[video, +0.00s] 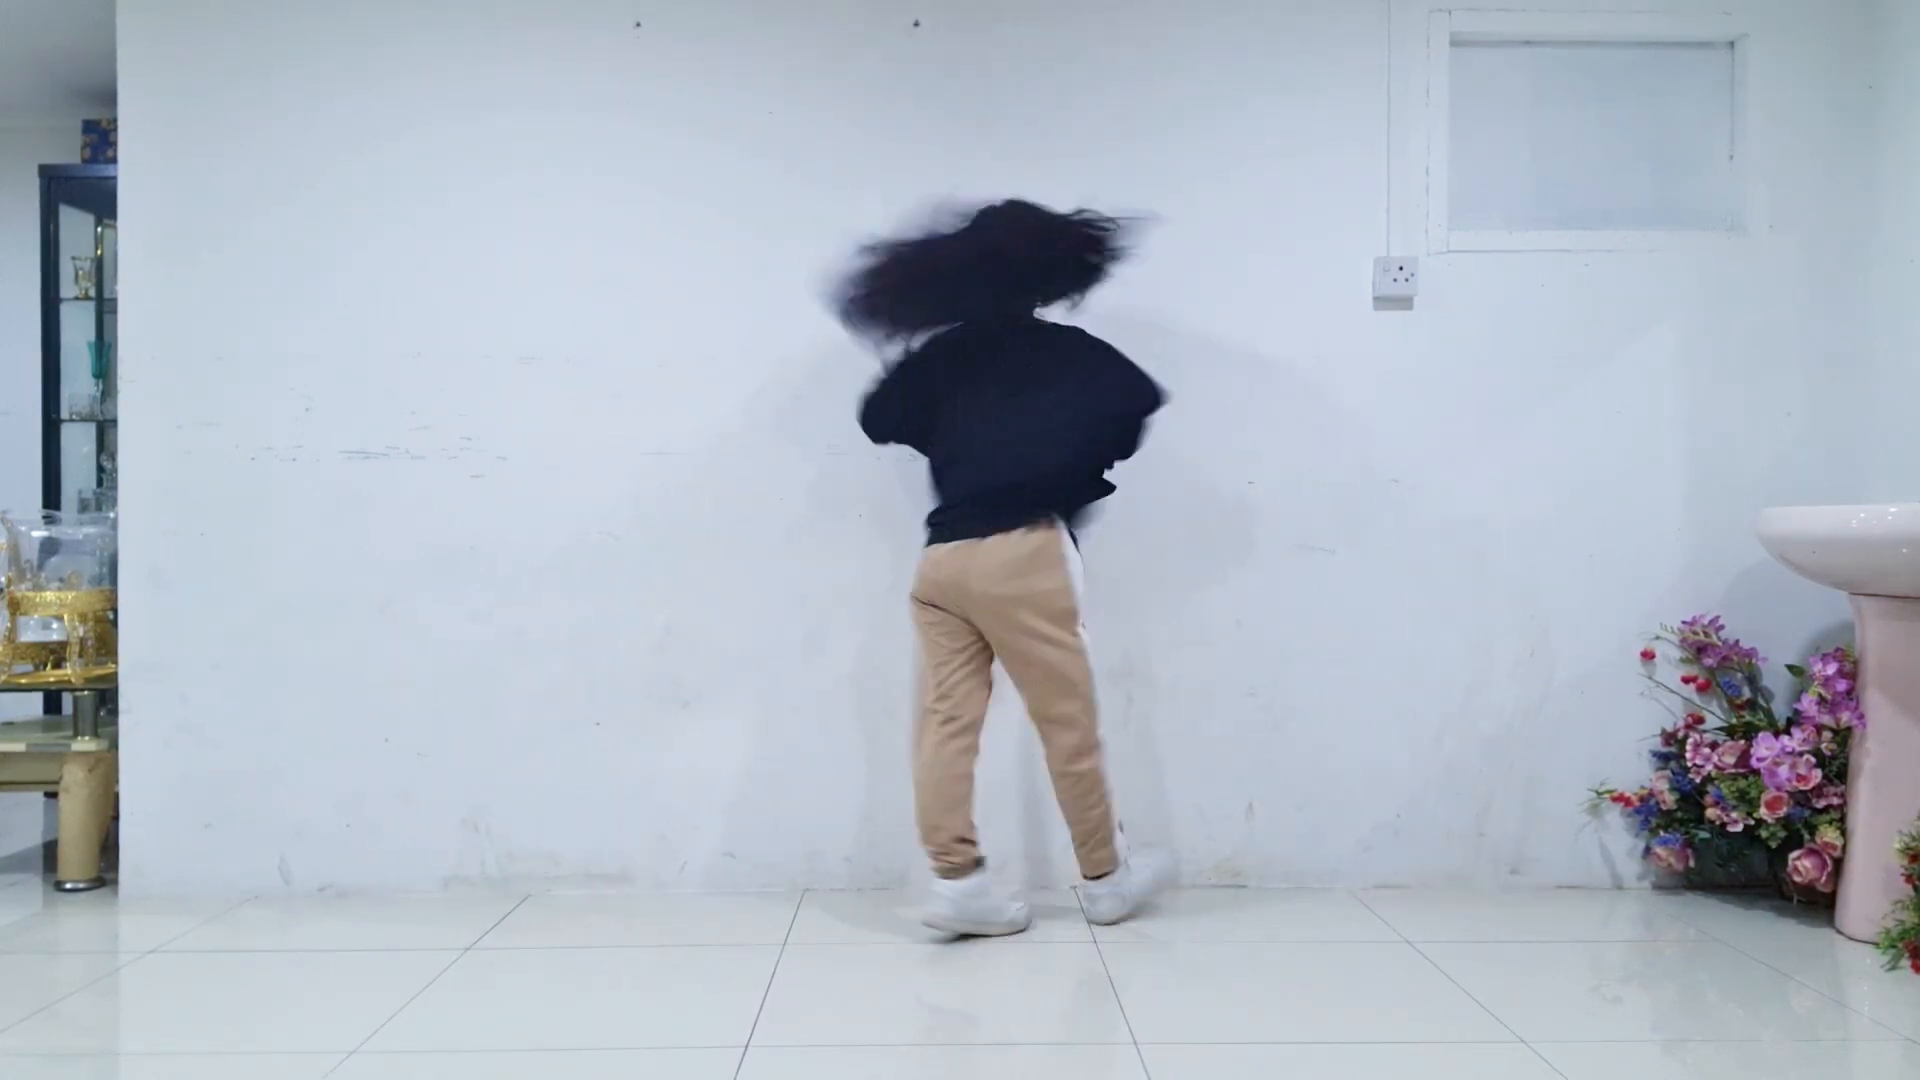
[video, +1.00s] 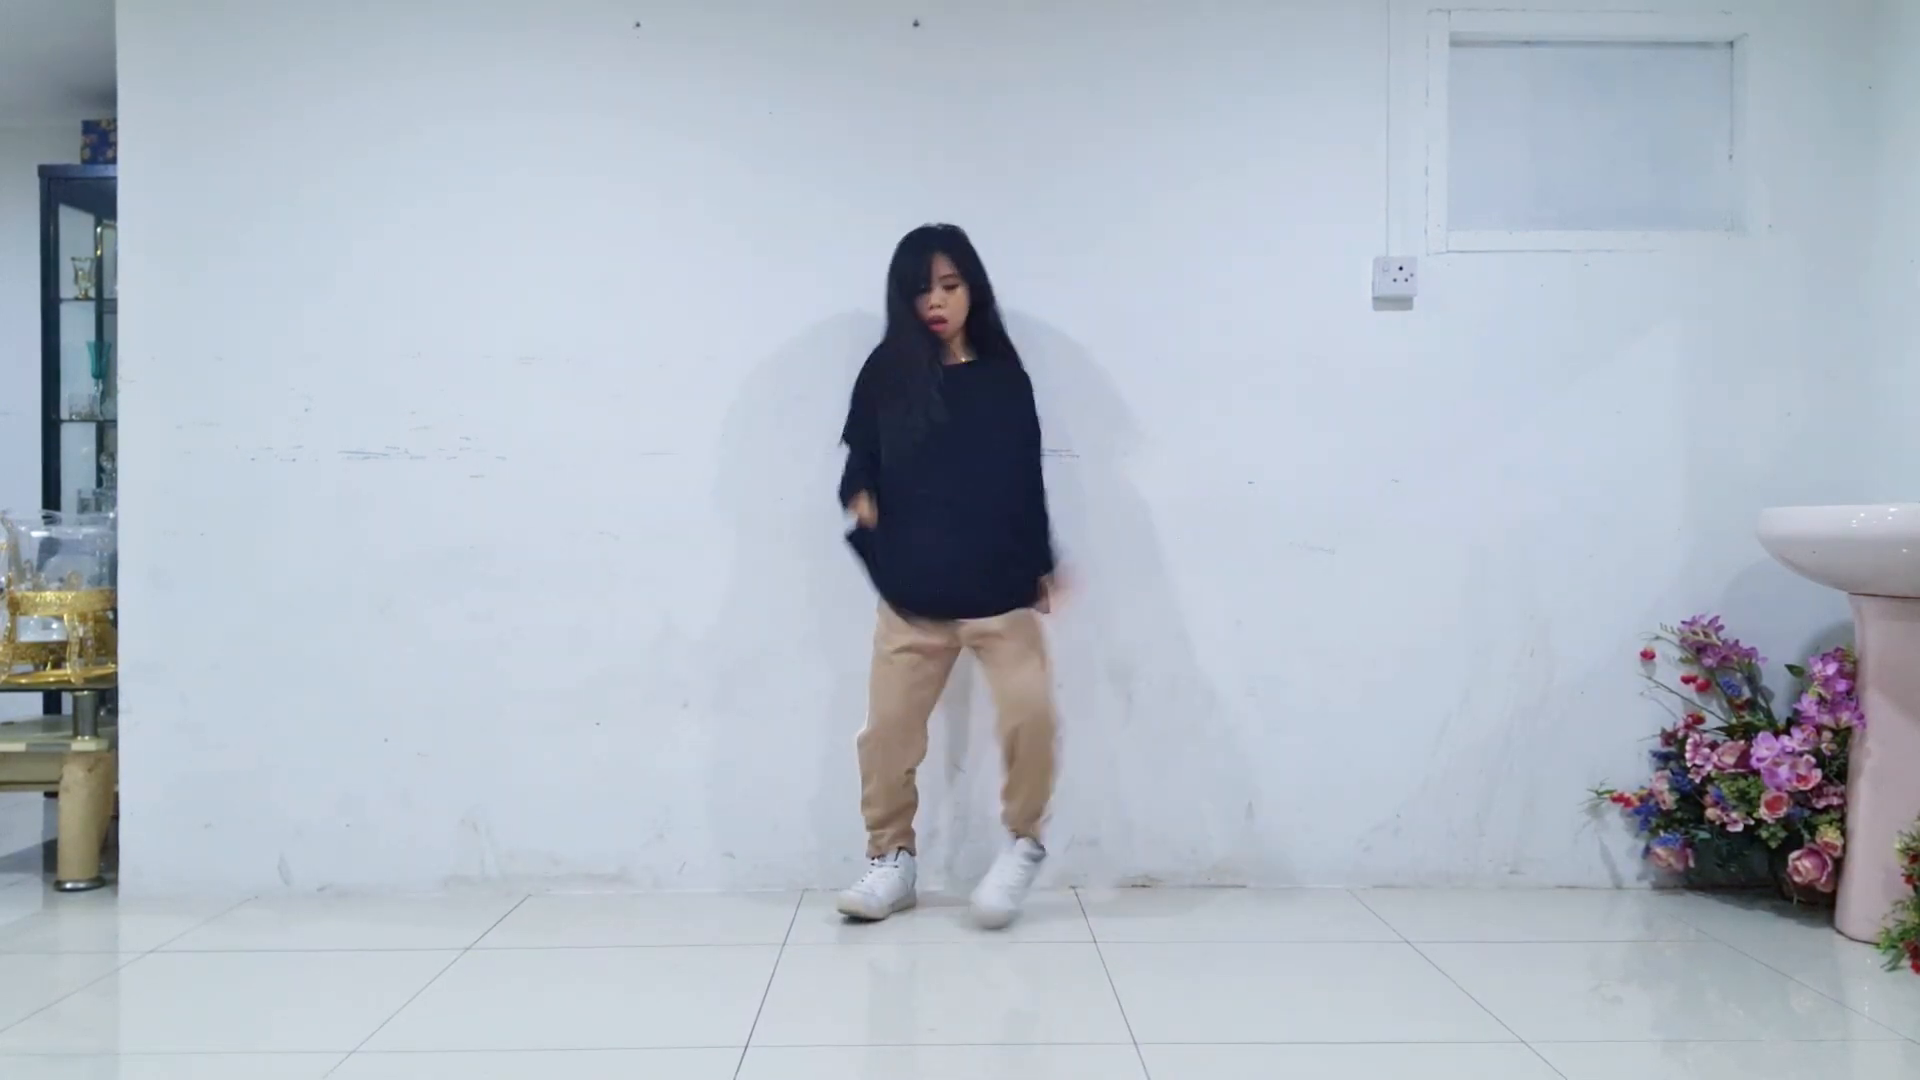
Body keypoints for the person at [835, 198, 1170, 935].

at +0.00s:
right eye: (1035, 278)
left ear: (963, 287)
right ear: (1035, 283)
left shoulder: (939, 362)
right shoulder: (1067, 350)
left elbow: (878, 417)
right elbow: (1135, 405)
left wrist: (949, 414)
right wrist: (1086, 460)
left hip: (941, 562)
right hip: (1025, 558)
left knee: (947, 723)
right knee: (1066, 720)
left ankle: (956, 884)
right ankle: (1103, 877)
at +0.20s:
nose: (932, 269)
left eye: (944, 257)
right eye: (937, 255)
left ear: (978, 275)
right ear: (1000, 279)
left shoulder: (965, 347)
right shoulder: (1032, 350)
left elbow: (950, 387)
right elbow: (1076, 410)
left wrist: (910, 336)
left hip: (980, 561)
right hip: (1035, 545)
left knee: (995, 718)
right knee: (1046, 713)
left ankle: (1019, 883)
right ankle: (1080, 875)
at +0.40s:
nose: (933, 260)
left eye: (954, 249)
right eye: (928, 248)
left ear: (988, 268)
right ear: (916, 263)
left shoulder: (1012, 331)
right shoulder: (929, 353)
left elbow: (1065, 382)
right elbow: (939, 426)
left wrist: (1023, 298)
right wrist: (888, 417)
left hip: (1021, 551)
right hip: (960, 556)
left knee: (1025, 704)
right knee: (996, 710)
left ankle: (1046, 862)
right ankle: (1057, 842)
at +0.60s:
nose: (958, 266)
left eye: (975, 254)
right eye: (945, 254)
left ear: (999, 271)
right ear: (927, 271)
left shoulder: (1034, 353)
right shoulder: (909, 363)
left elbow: (1115, 381)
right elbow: (901, 461)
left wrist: (1122, 308)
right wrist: (872, 421)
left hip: (1019, 560)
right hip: (940, 557)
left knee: (1020, 715)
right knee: (932, 721)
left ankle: (1030, 864)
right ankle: (1003, 820)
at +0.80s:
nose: (959, 286)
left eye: (974, 271)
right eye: (945, 274)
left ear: (997, 283)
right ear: (926, 287)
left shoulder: (1032, 375)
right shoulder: (907, 372)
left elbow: (1114, 398)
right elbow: (865, 403)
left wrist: (1171, 359)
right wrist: (865, 423)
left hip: (1010, 578)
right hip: (926, 571)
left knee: (1008, 727)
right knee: (890, 728)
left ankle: (1026, 866)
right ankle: (893, 862)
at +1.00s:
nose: (934, 303)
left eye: (948, 286)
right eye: (920, 290)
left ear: (974, 289)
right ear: (904, 298)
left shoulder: (1005, 372)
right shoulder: (886, 370)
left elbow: (1028, 473)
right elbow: (858, 458)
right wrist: (864, 506)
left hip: (1003, 591)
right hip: (911, 593)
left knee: (1030, 716)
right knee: (886, 732)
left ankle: (1022, 847)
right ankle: (891, 862)